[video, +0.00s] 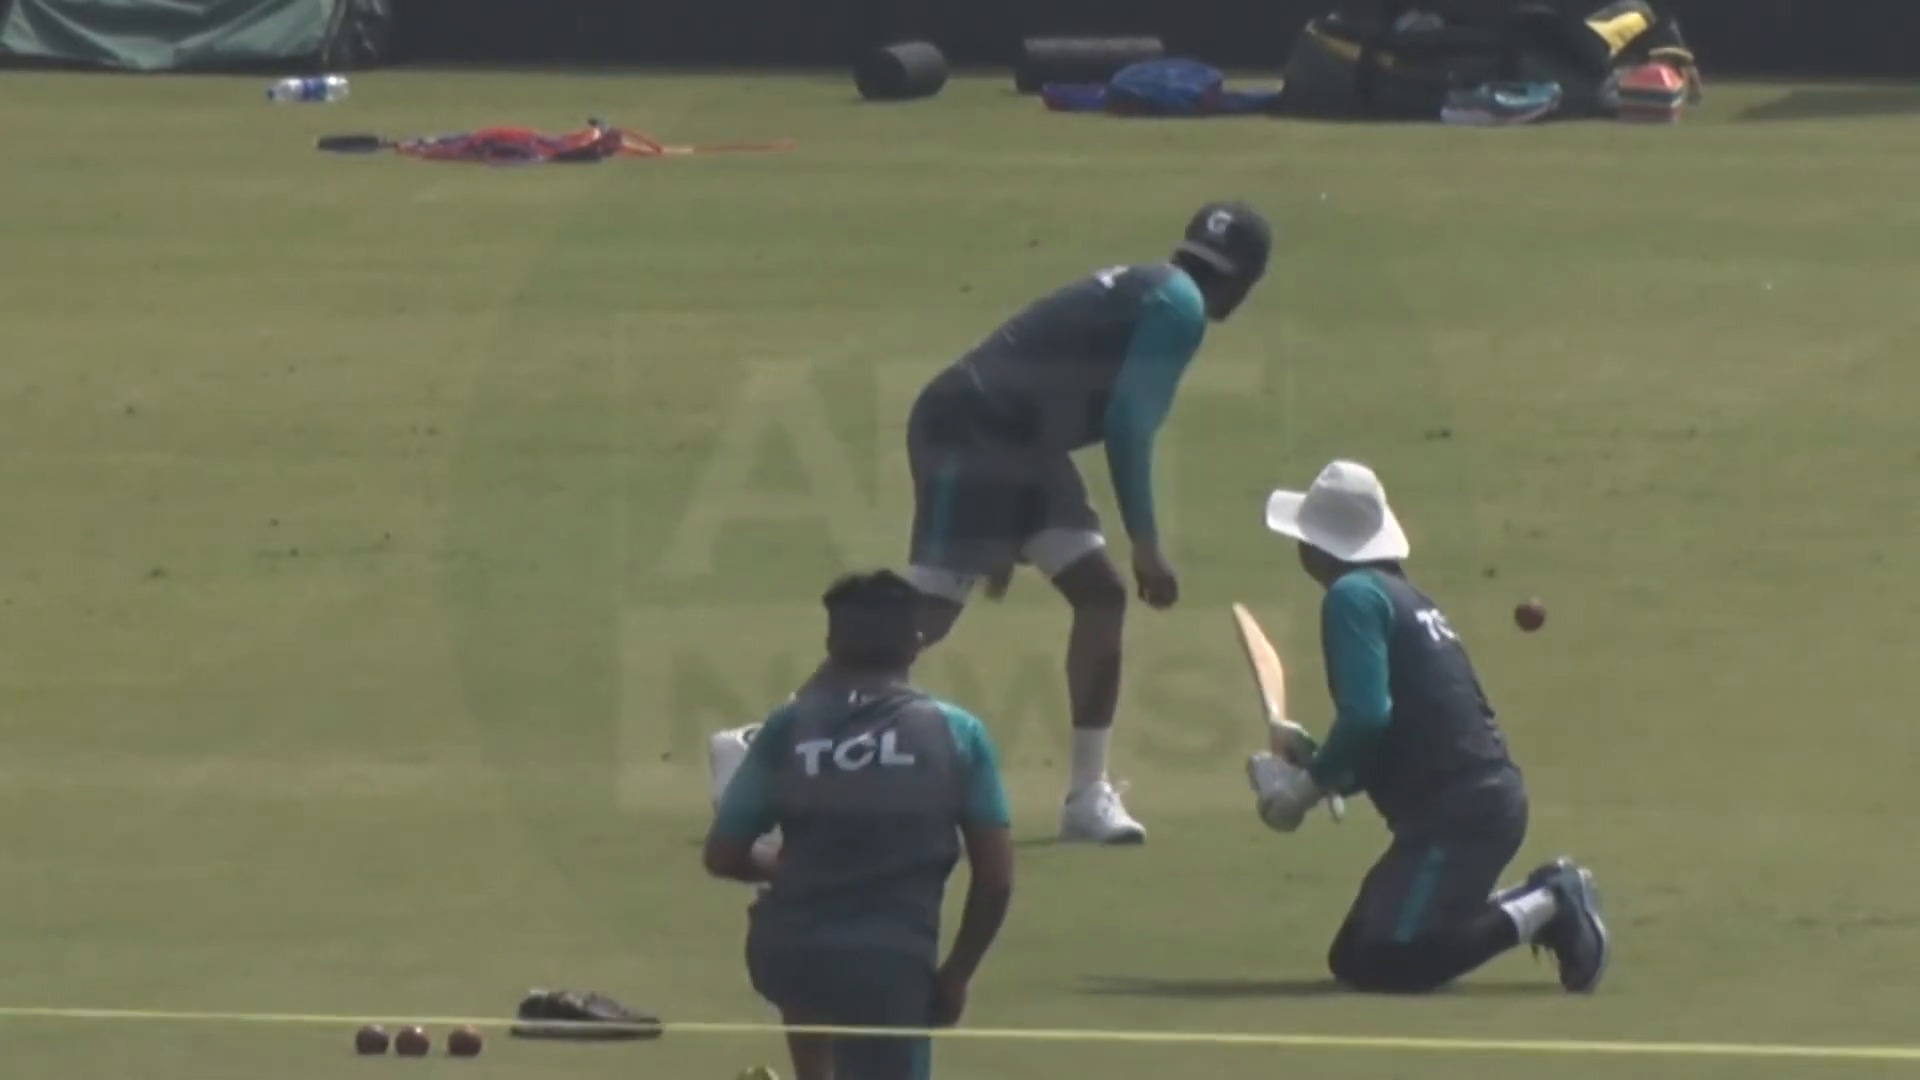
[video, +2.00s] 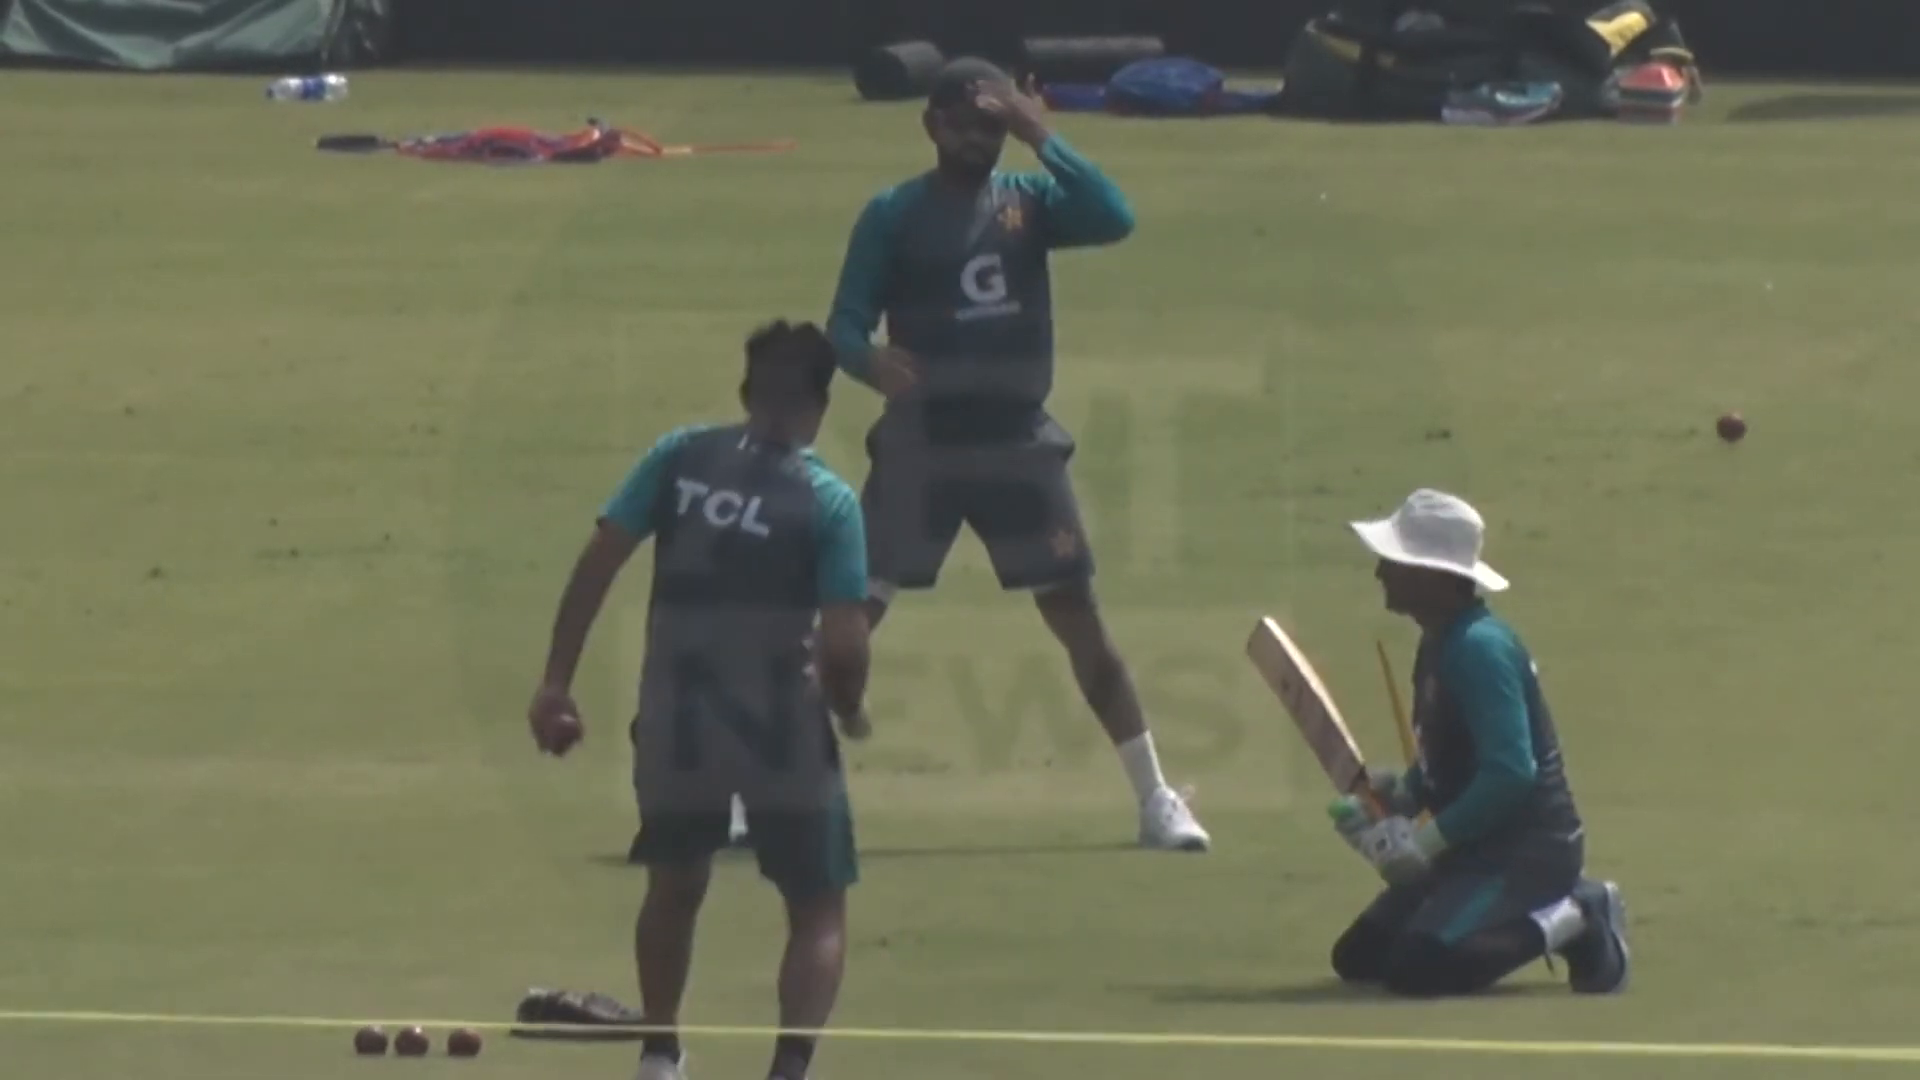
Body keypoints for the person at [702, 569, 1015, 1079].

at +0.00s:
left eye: (832, 636)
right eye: (917, 638)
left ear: (833, 643)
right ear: (912, 648)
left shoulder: (789, 726)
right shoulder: (957, 733)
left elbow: (722, 855)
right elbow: (994, 881)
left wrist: (786, 866)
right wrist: (955, 977)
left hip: (790, 958)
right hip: (891, 965)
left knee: (775, 914)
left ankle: (814, 1074)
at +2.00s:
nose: (803, 415)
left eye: (787, 399)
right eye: (813, 402)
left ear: (744, 394)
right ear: (819, 406)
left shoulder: (677, 456)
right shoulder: (831, 501)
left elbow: (597, 560)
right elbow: (843, 644)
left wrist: (554, 682)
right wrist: (848, 705)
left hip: (674, 721)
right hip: (780, 728)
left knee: (673, 886)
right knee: (818, 909)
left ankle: (659, 1054)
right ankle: (791, 1067)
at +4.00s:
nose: (866, 651)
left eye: (863, 637)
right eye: (865, 638)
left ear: (788, 637)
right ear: (859, 644)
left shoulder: (738, 721)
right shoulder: (872, 729)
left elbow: (734, 843)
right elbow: (888, 878)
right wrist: (917, 978)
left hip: (734, 956)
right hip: (825, 963)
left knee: (808, 1032)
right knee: (854, 1059)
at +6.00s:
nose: (805, 652)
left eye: (807, 643)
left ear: (809, 655)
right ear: (891, 656)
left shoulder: (760, 731)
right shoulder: (928, 741)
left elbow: (707, 863)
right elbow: (965, 886)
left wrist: (759, 900)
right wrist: (939, 985)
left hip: (761, 954)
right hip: (862, 965)